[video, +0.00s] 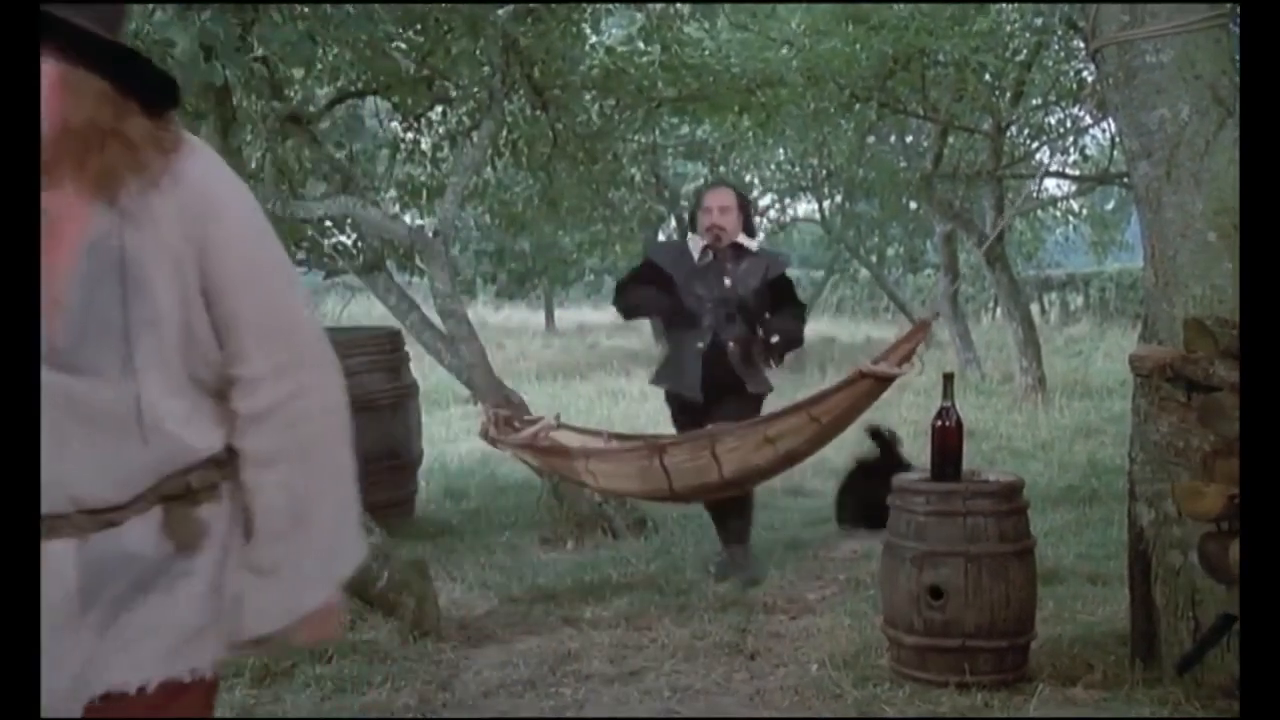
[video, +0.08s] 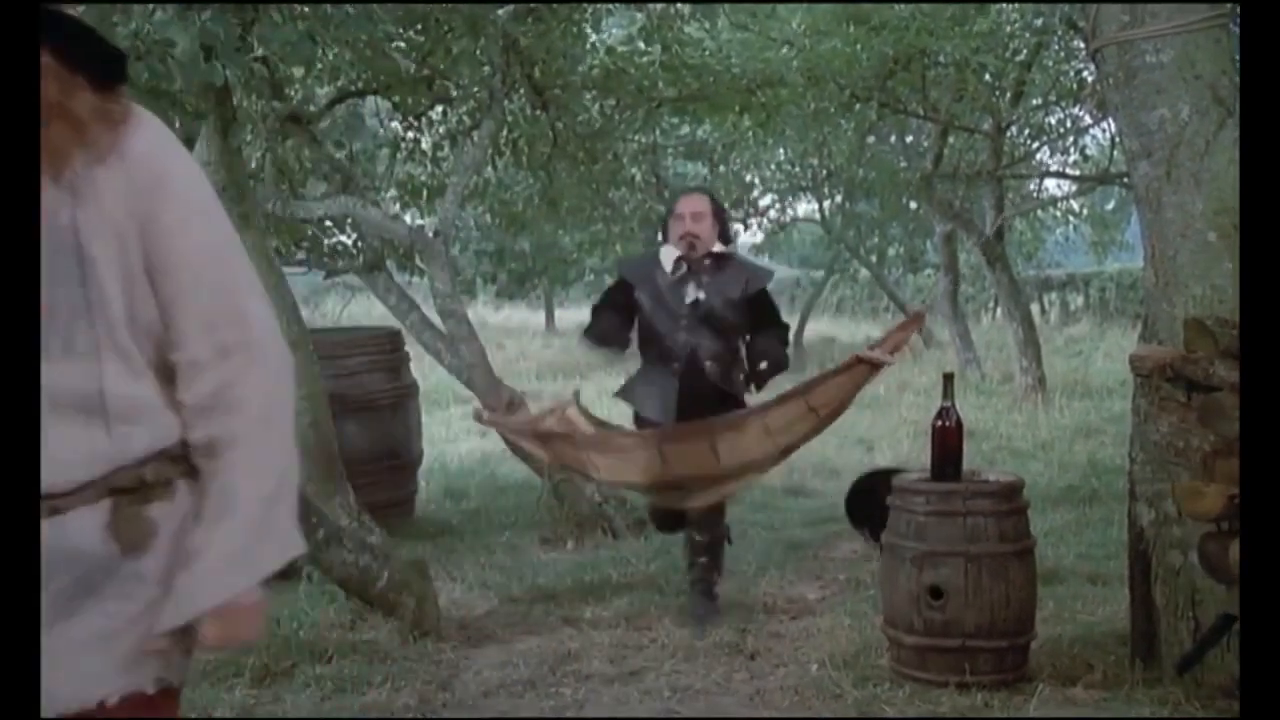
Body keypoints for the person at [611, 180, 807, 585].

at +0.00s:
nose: (716, 218)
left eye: (725, 210)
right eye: (708, 211)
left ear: (743, 218)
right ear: (696, 218)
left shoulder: (762, 266)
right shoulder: (672, 258)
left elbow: (792, 319)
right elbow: (626, 296)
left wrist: (776, 336)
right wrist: (673, 308)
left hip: (742, 378)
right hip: (687, 379)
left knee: (734, 461)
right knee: (702, 466)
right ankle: (733, 548)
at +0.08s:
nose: (688, 227)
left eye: (699, 218)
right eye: (680, 218)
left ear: (718, 226)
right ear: (668, 227)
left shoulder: (742, 279)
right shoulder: (643, 273)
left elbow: (772, 335)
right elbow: (604, 326)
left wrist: (761, 364)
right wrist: (613, 326)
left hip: (718, 404)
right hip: (659, 404)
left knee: (707, 511)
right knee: (665, 516)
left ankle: (704, 598)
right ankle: (701, 513)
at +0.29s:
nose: (616, 224)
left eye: (629, 216)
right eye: (608, 216)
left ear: (654, 227)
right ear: (598, 227)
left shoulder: (679, 284)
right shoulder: (568, 281)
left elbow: (724, 329)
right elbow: (526, 350)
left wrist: (671, 345)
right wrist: (540, 401)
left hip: (641, 424)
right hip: (574, 424)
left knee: (631, 520)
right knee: (563, 531)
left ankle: (637, 609)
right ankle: (580, 628)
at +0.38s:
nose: (574, 210)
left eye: (585, 200)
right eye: (567, 200)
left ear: (615, 203)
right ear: (560, 206)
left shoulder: (656, 251)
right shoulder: (546, 260)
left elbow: (721, 281)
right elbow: (509, 321)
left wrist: (657, 316)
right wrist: (495, 382)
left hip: (615, 393)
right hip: (553, 392)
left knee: (583, 517)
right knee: (526, 511)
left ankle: (571, 644)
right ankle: (546, 623)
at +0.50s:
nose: (562, 212)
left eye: (572, 201)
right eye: (556, 202)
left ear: (605, 198)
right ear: (554, 205)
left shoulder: (653, 235)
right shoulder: (548, 266)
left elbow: (724, 244)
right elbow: (508, 331)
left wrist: (667, 290)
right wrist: (502, 396)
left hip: (618, 388)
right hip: (556, 386)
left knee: (607, 516)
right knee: (512, 398)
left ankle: (622, 629)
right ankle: (450, 435)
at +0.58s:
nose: (580, 221)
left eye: (591, 210)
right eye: (574, 211)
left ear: (621, 212)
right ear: (568, 216)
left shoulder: (658, 253)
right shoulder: (556, 272)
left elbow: (725, 263)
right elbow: (527, 328)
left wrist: (675, 303)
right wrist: (494, 377)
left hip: (622, 401)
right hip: (563, 399)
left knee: (627, 524)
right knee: (510, 353)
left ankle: (653, 634)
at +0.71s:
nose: (620, 240)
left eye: (630, 231)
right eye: (610, 231)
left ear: (648, 237)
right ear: (593, 237)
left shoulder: (671, 283)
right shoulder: (568, 283)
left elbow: (712, 316)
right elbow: (513, 329)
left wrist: (695, 337)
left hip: (637, 414)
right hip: (575, 411)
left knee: (643, 527)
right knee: (524, 344)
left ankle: (652, 636)